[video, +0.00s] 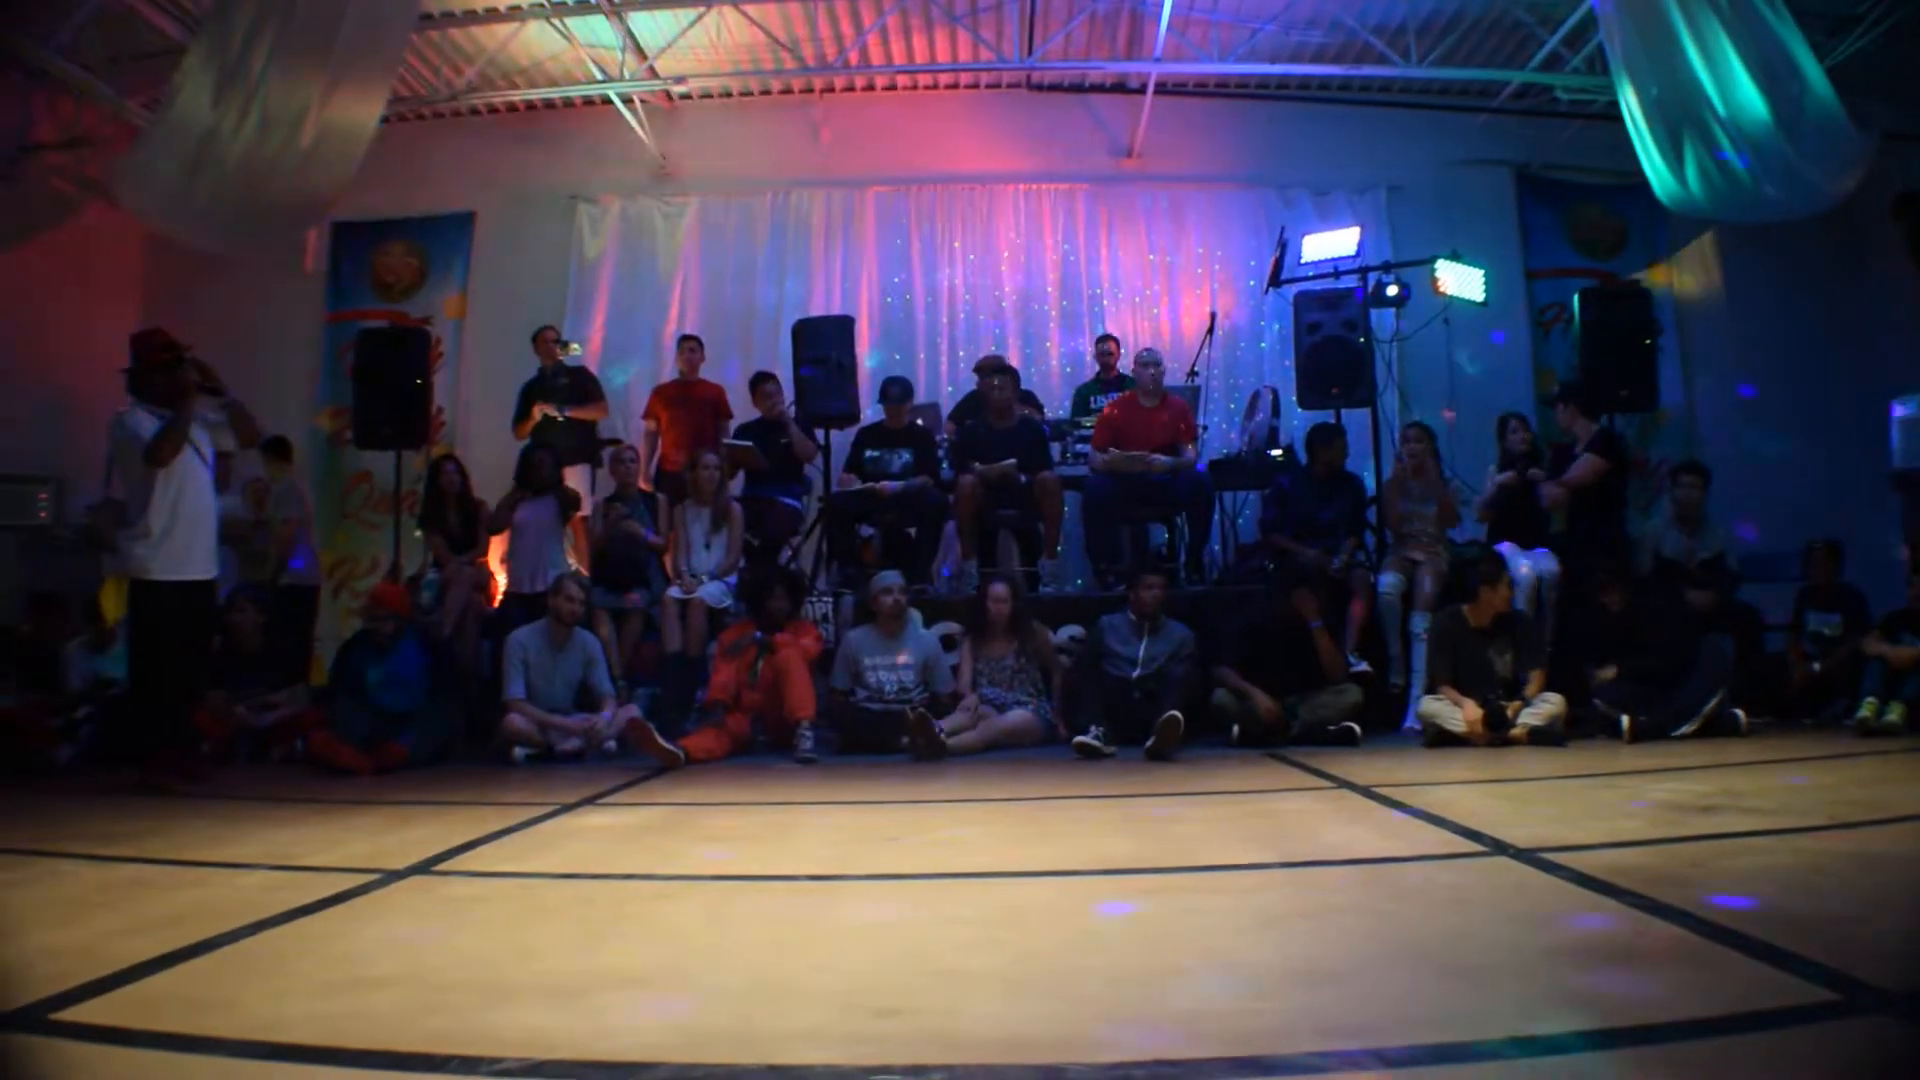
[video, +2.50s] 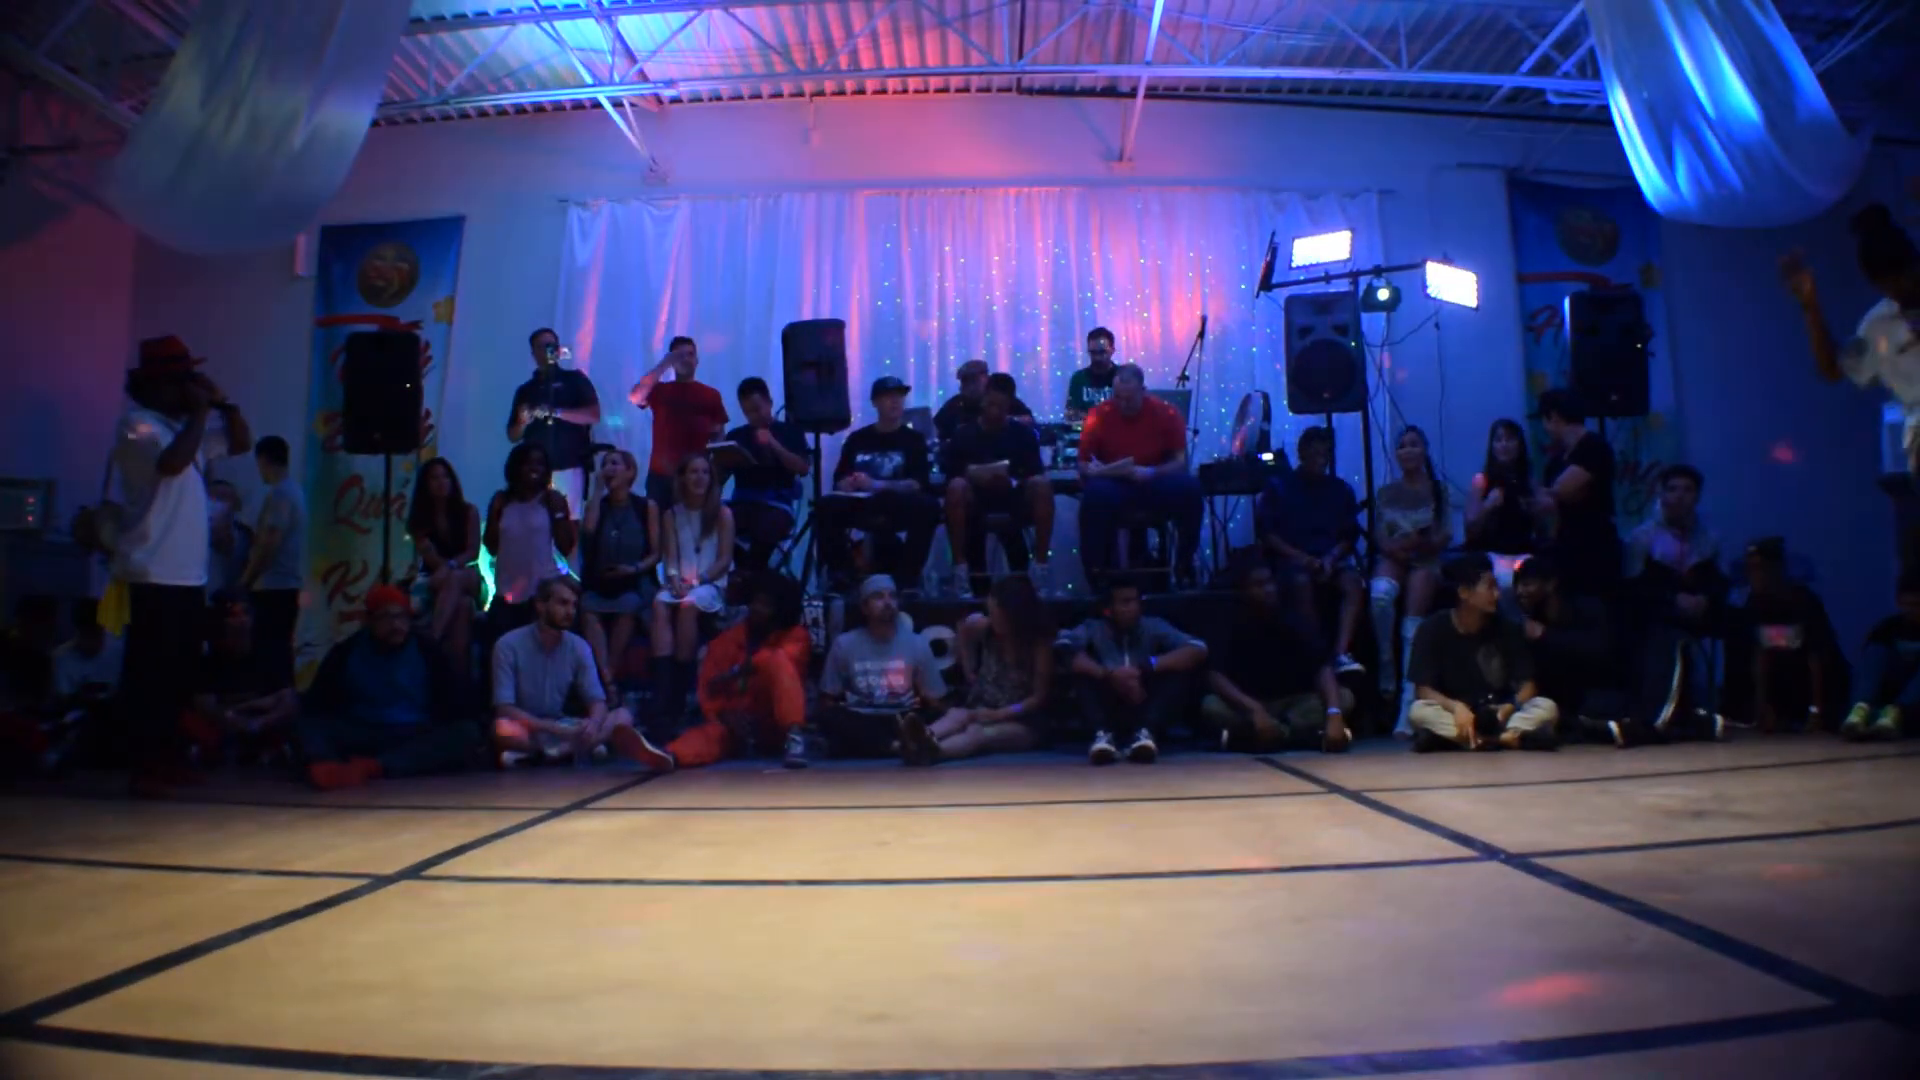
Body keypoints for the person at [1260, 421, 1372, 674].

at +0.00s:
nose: (1346, 453)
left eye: (1345, 447)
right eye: (1340, 448)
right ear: (1320, 452)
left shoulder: (1351, 484)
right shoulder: (1289, 483)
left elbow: (1356, 530)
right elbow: (1271, 533)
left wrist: (1344, 557)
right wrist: (1308, 554)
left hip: (1338, 557)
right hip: (1300, 557)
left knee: (1362, 580)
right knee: (1300, 588)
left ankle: (1351, 651)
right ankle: (1325, 653)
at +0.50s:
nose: (1343, 454)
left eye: (1342, 448)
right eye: (1336, 449)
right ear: (1317, 453)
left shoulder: (1348, 486)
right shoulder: (1287, 484)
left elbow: (1354, 532)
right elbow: (1270, 534)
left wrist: (1341, 558)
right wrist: (1304, 557)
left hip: (1334, 558)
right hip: (1296, 559)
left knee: (1359, 581)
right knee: (1307, 584)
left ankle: (1346, 655)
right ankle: (1314, 656)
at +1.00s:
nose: (1329, 456)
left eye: (1330, 450)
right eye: (1322, 450)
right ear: (1303, 454)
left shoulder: (1340, 486)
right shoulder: (1278, 487)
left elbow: (1348, 533)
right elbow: (1262, 536)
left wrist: (1333, 560)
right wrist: (1300, 560)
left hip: (1330, 557)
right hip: (1292, 558)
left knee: (1353, 583)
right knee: (1299, 585)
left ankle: (1340, 657)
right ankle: (1311, 656)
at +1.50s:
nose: (1322, 455)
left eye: (1323, 449)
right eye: (1315, 450)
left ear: (1326, 453)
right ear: (1297, 453)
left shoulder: (1336, 487)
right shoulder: (1276, 487)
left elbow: (1346, 534)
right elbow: (1263, 539)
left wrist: (1330, 558)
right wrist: (1299, 560)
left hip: (1327, 558)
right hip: (1290, 559)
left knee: (1353, 584)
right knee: (1299, 585)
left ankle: (1342, 655)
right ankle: (1308, 654)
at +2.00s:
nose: (1317, 453)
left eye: (1321, 447)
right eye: (1311, 447)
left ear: (1327, 452)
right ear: (1299, 451)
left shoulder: (1340, 488)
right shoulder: (1281, 486)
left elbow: (1349, 533)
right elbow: (1267, 535)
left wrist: (1331, 559)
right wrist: (1303, 560)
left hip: (1330, 557)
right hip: (1295, 558)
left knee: (1354, 584)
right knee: (1301, 585)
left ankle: (1344, 655)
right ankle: (1309, 655)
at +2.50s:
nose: (1321, 460)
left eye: (1325, 454)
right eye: (1315, 453)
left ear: (1330, 456)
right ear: (1302, 454)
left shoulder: (1339, 488)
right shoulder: (1282, 487)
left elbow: (1351, 533)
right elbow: (1269, 534)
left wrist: (1332, 558)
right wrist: (1305, 560)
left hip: (1331, 558)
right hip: (1296, 558)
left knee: (1353, 583)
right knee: (1300, 584)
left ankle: (1342, 653)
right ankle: (1314, 656)